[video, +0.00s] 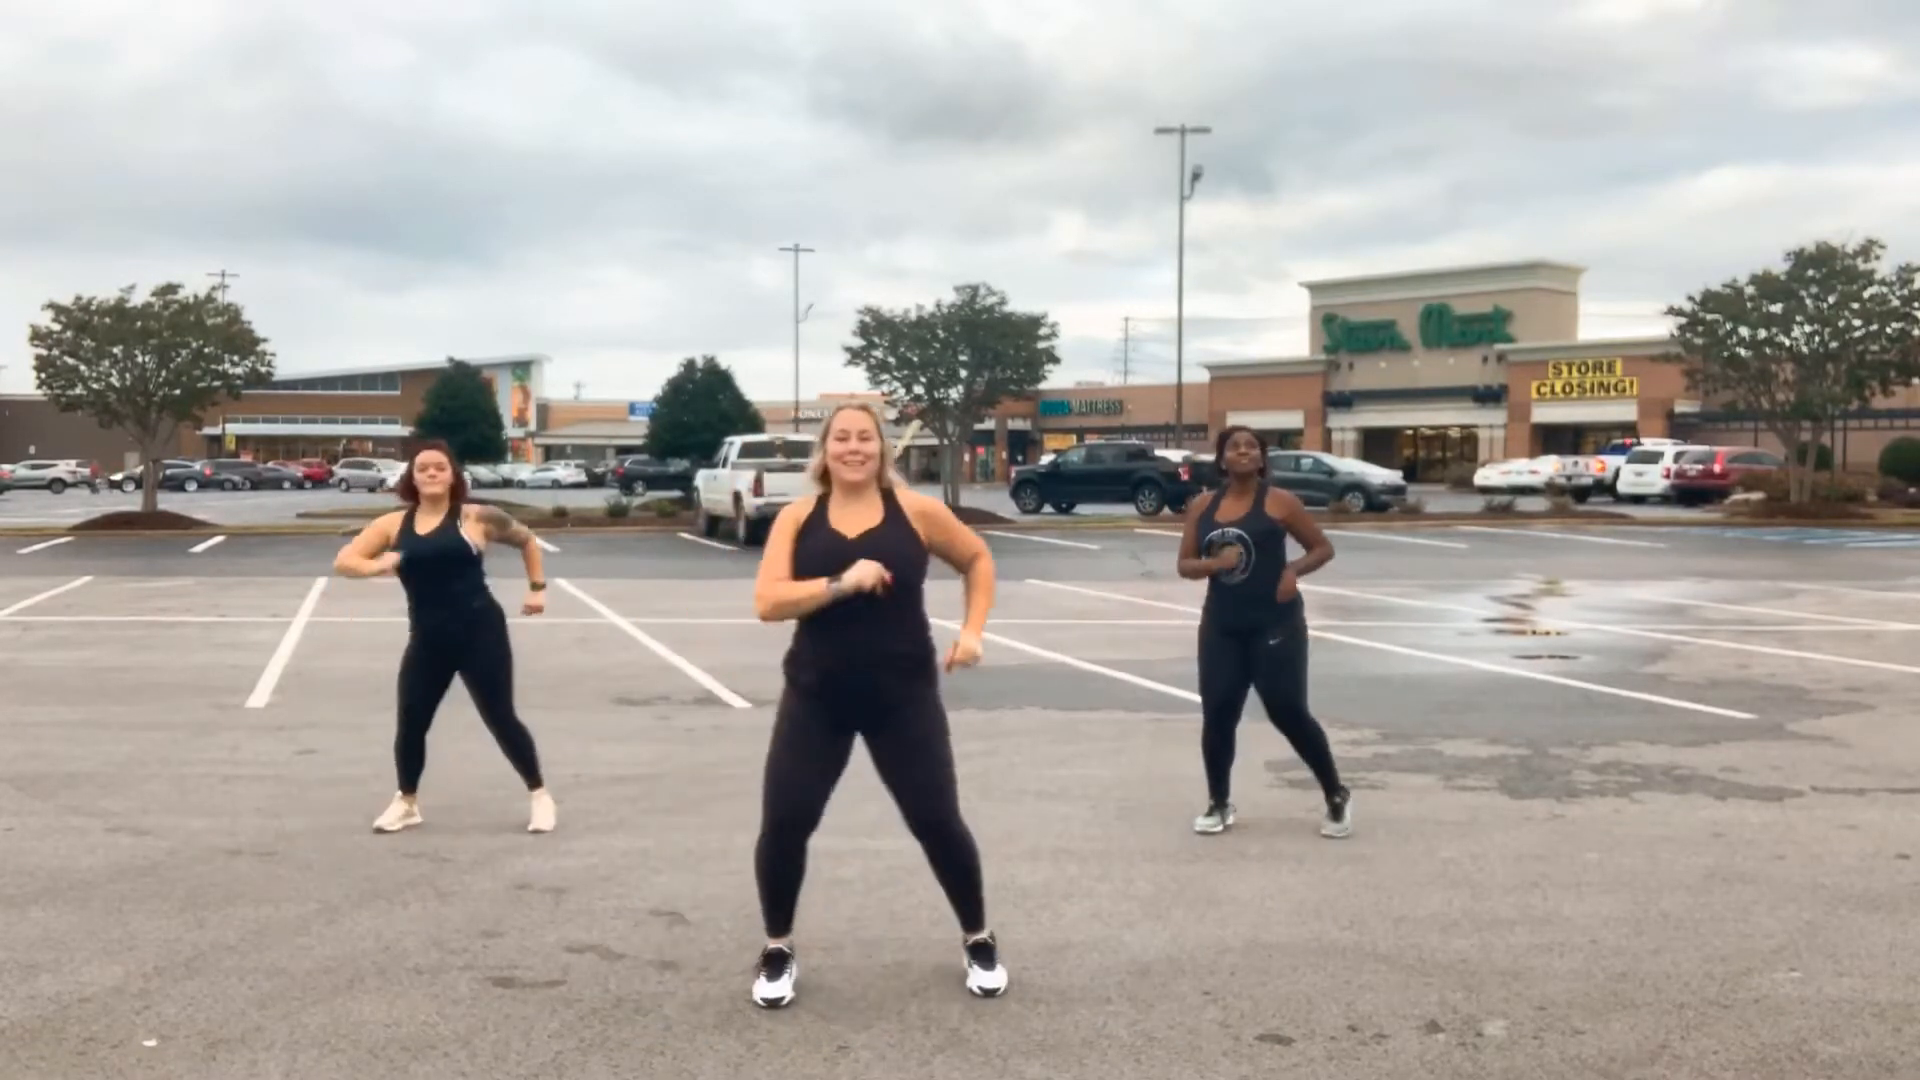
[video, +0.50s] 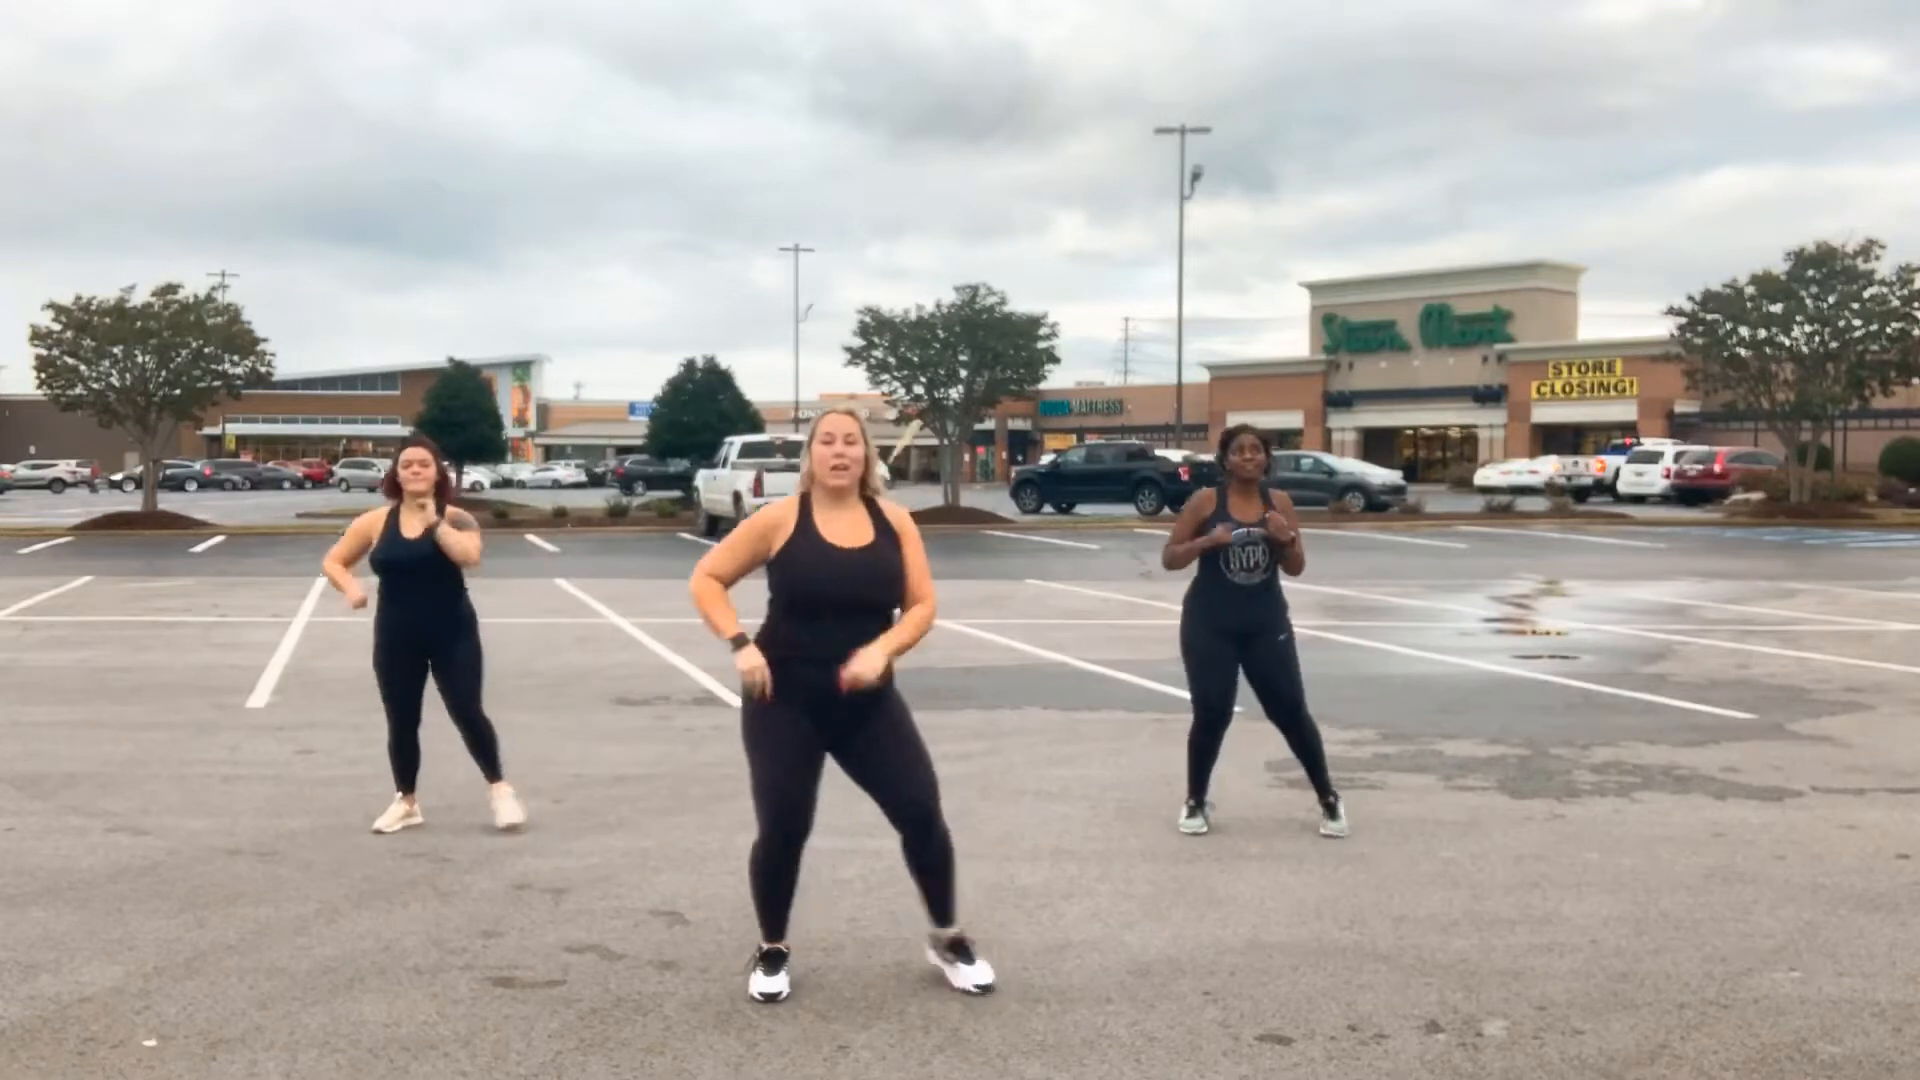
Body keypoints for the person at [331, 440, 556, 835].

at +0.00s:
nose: (432, 474)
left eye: (439, 467)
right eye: (424, 468)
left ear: (454, 475)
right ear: (412, 478)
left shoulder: (477, 518)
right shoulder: (394, 523)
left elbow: (527, 541)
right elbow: (343, 560)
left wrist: (536, 588)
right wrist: (376, 565)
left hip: (480, 635)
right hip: (428, 640)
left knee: (500, 719)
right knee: (409, 725)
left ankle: (539, 794)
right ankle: (406, 801)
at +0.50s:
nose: (415, 471)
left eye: (423, 464)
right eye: (407, 465)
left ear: (438, 472)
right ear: (396, 475)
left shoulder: (457, 518)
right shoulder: (375, 521)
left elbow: (471, 556)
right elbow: (333, 562)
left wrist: (436, 525)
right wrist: (351, 587)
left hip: (453, 636)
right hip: (397, 639)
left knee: (467, 712)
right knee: (402, 724)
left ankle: (499, 788)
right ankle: (406, 801)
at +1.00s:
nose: (395, 478)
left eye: (402, 471)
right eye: (387, 472)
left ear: (418, 478)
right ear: (376, 481)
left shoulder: (440, 525)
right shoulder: (359, 531)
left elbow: (475, 575)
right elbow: (341, 586)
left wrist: (493, 624)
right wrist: (345, 590)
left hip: (431, 643)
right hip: (380, 644)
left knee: (423, 724)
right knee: (340, 715)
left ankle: (429, 801)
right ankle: (370, 790)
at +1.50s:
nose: (359, 477)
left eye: (367, 471)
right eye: (351, 472)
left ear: (382, 479)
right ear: (341, 482)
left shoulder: (406, 525)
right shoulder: (326, 530)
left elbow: (437, 573)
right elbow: (306, 585)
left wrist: (425, 601)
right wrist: (293, 581)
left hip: (379, 642)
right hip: (322, 639)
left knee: (397, 725)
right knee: (310, 720)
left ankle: (426, 799)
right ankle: (303, 797)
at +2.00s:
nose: (378, 474)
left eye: (386, 468)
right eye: (370, 469)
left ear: (401, 476)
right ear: (359, 479)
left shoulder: (423, 522)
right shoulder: (343, 525)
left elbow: (452, 562)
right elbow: (334, 574)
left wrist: (450, 579)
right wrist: (319, 593)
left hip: (422, 637)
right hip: (370, 641)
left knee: (420, 722)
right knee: (333, 720)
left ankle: (431, 800)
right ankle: (308, 797)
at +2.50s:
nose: (346, 474)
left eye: (354, 467)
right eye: (337, 469)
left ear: (368, 475)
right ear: (327, 479)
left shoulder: (393, 519)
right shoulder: (312, 524)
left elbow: (420, 576)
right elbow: (305, 575)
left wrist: (421, 566)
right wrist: (283, 588)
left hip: (369, 638)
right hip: (312, 636)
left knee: (390, 724)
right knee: (302, 721)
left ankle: (426, 800)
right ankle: (302, 797)